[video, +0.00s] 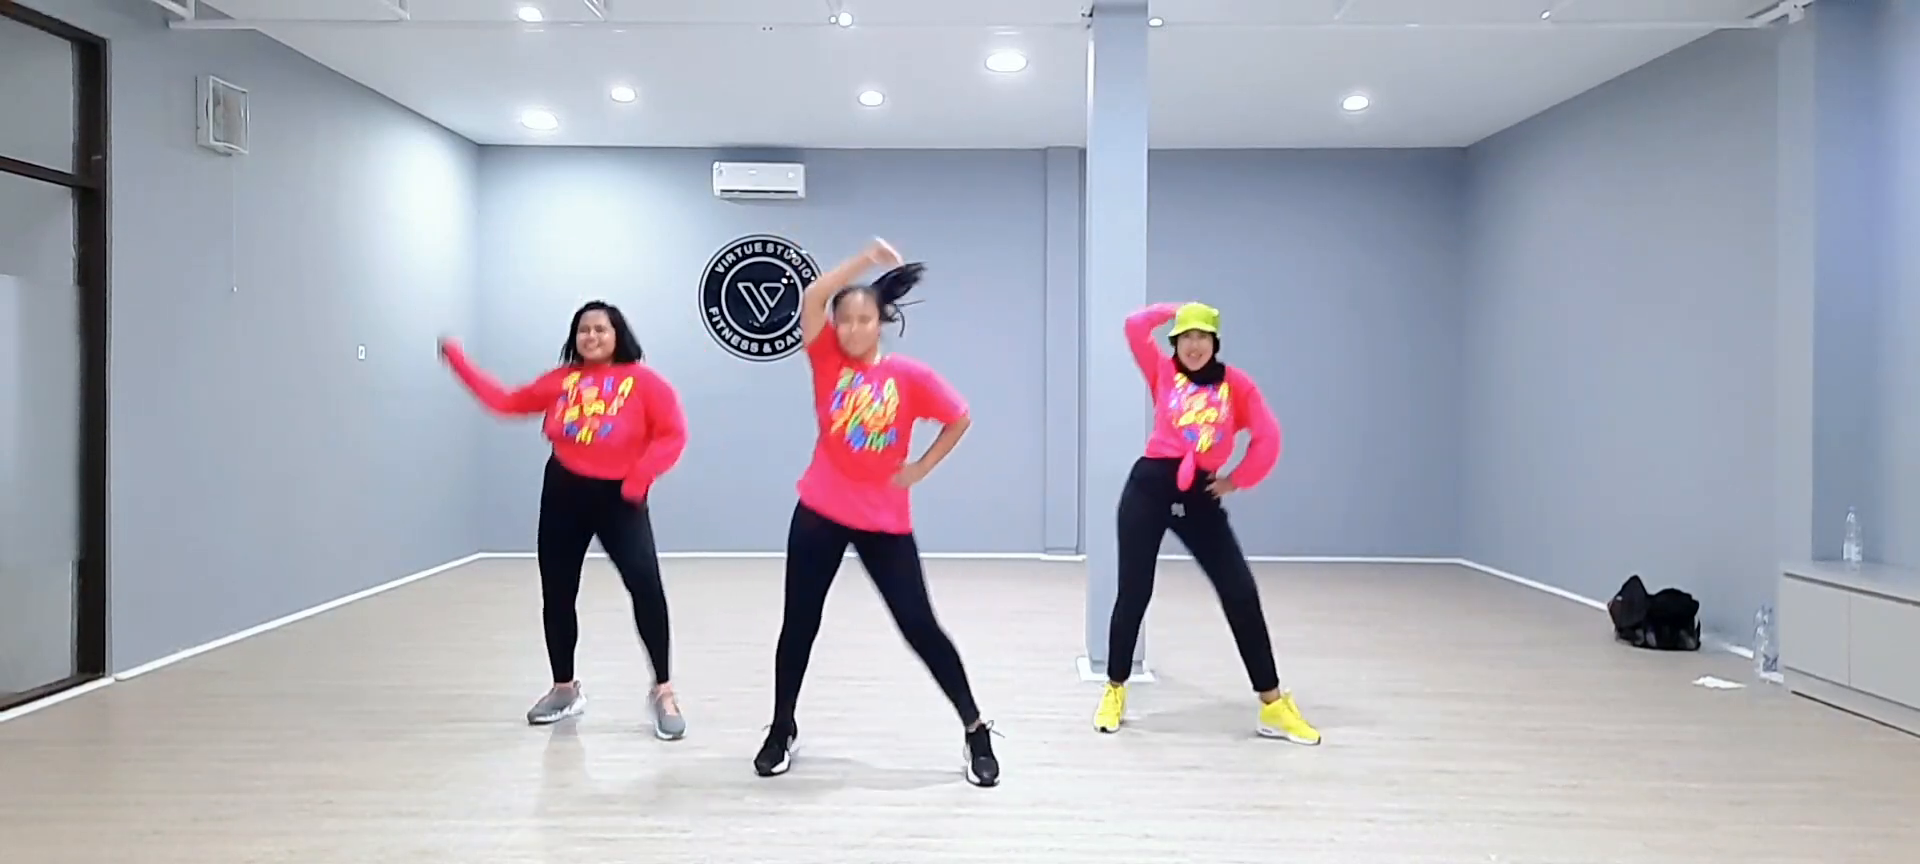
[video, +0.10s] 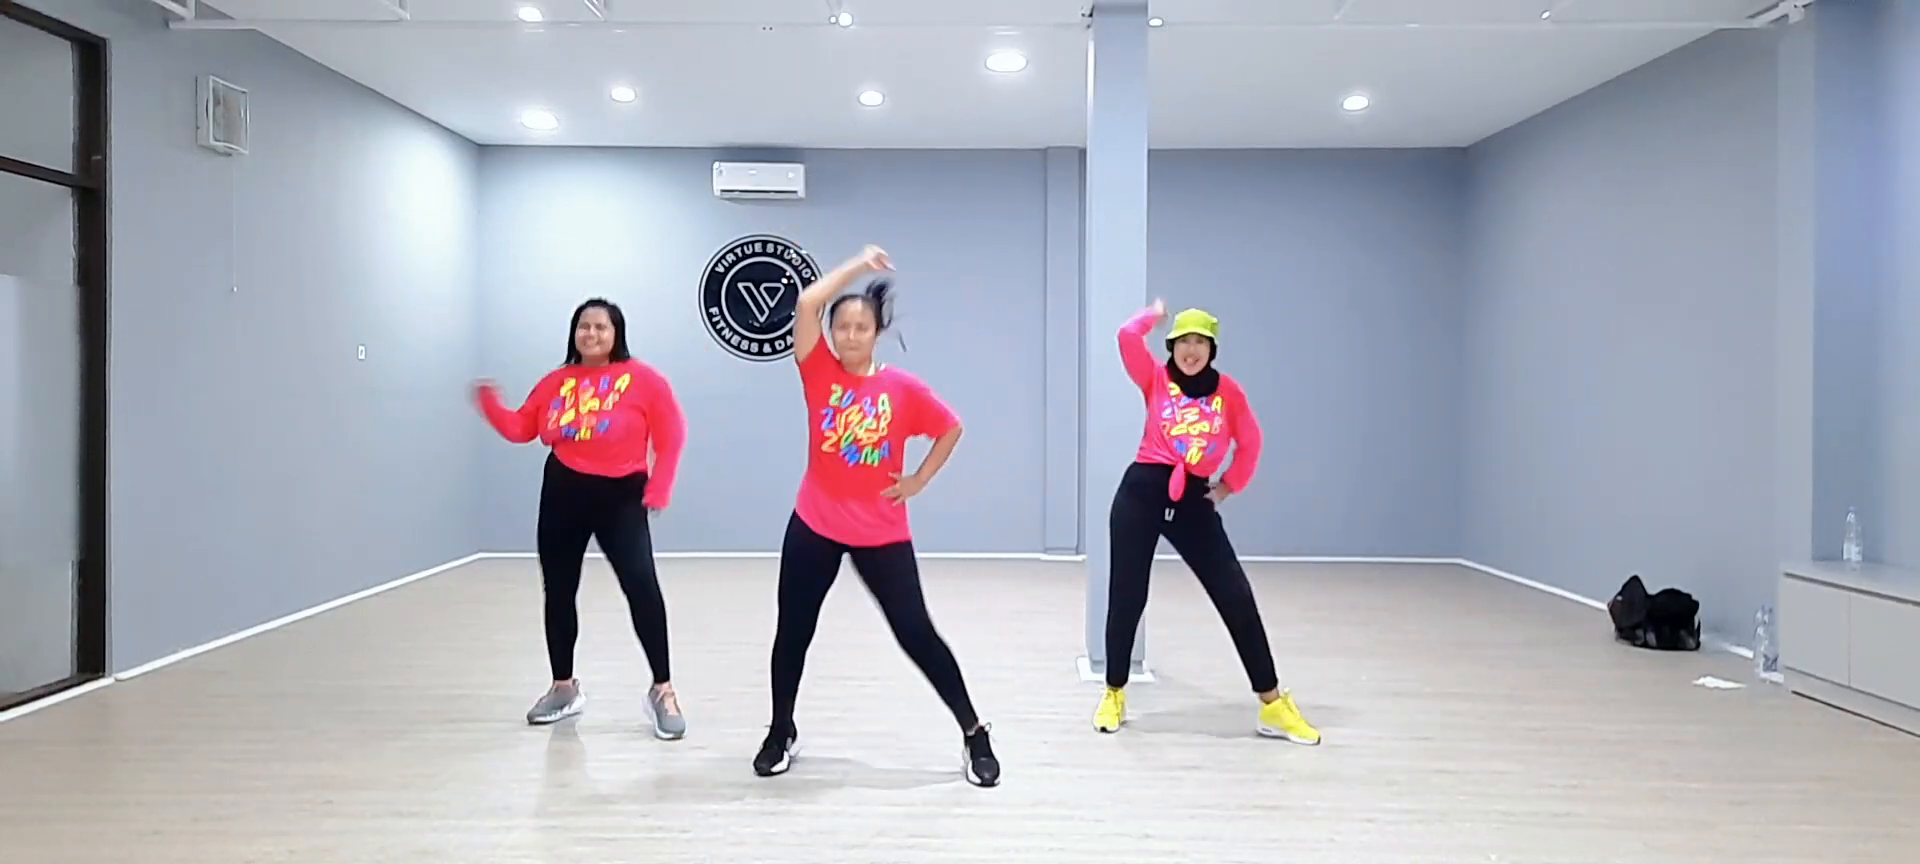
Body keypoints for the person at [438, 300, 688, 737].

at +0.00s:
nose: (591, 336)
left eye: (600, 329)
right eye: (583, 330)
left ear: (618, 336)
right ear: (574, 338)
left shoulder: (644, 381)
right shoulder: (561, 381)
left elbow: (673, 435)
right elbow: (506, 402)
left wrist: (641, 477)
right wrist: (459, 362)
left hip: (620, 496)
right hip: (564, 494)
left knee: (646, 584)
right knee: (557, 593)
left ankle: (663, 689)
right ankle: (564, 687)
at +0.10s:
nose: (591, 333)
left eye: (600, 327)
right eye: (585, 326)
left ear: (616, 334)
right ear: (574, 335)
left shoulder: (643, 379)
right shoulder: (555, 382)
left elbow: (672, 434)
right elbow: (521, 429)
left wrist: (660, 489)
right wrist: (490, 403)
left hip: (620, 495)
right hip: (564, 492)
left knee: (641, 584)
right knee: (558, 590)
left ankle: (663, 690)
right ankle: (563, 687)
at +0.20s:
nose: (598, 310)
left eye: (608, 304)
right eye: (591, 303)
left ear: (624, 313)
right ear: (579, 311)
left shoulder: (649, 355)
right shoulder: (558, 357)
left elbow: (688, 393)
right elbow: (521, 409)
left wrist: (681, 447)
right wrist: (549, 383)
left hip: (633, 472)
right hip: (576, 473)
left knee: (646, 568)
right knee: (570, 575)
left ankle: (666, 679)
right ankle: (560, 672)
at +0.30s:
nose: (607, 303)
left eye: (617, 297)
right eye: (599, 297)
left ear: (634, 308)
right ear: (587, 307)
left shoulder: (663, 348)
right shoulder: (568, 349)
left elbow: (691, 385)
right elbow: (539, 408)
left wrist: (690, 440)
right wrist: (588, 390)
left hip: (646, 463)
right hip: (588, 463)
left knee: (650, 570)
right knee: (564, 560)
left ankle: (652, 683)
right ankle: (589, 636)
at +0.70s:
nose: (625, 307)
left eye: (633, 300)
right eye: (615, 301)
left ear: (647, 310)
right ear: (600, 312)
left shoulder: (668, 357)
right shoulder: (575, 353)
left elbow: (694, 415)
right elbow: (522, 389)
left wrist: (697, 407)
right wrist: (559, 441)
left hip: (652, 473)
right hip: (597, 469)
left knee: (656, 583)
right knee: (636, 575)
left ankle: (649, 690)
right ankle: (610, 708)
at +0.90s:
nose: (618, 332)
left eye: (624, 325)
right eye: (605, 326)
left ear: (633, 336)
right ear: (584, 338)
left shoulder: (639, 383)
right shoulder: (578, 389)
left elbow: (659, 438)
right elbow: (560, 452)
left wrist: (668, 465)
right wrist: (632, 444)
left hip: (626, 502)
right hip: (588, 503)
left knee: (660, 602)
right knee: (619, 614)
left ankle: (626, 711)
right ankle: (583, 753)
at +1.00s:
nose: (633, 320)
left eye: (632, 313)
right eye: (623, 312)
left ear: (615, 326)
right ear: (596, 321)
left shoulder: (608, 368)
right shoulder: (593, 367)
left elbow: (629, 421)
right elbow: (632, 422)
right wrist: (670, 391)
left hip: (604, 490)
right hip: (589, 490)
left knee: (633, 594)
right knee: (615, 607)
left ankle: (622, 707)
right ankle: (586, 747)